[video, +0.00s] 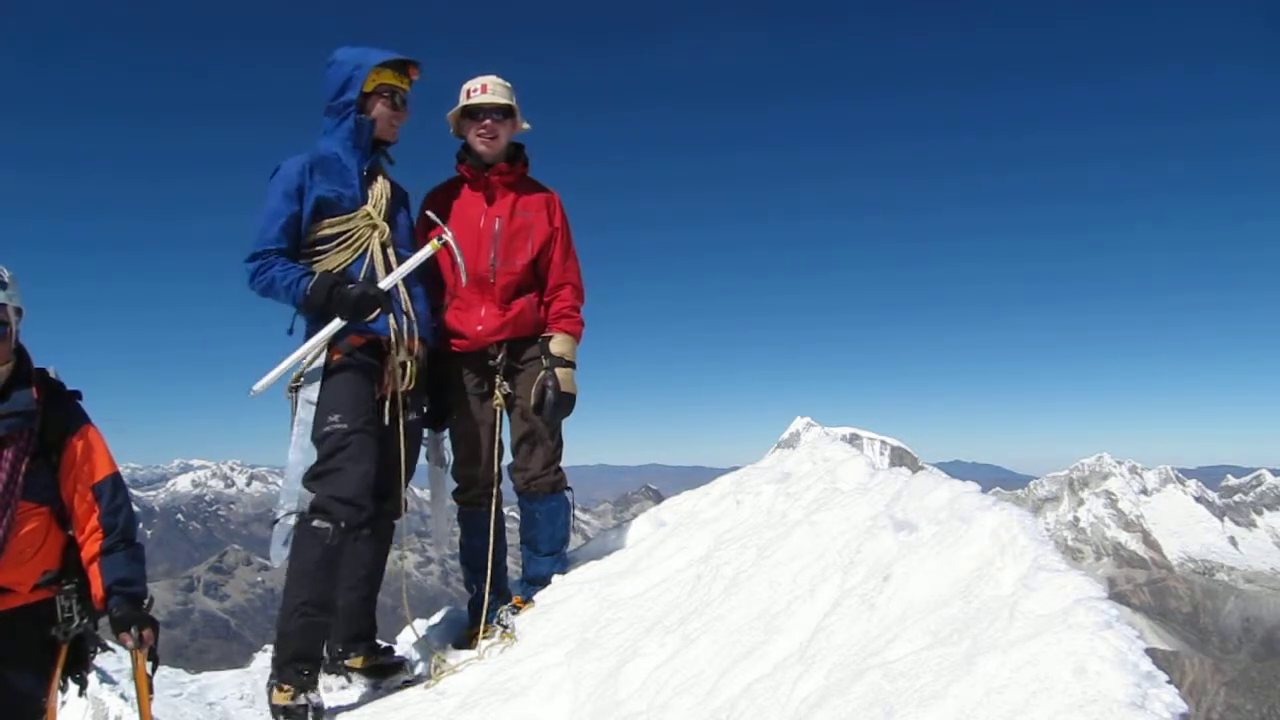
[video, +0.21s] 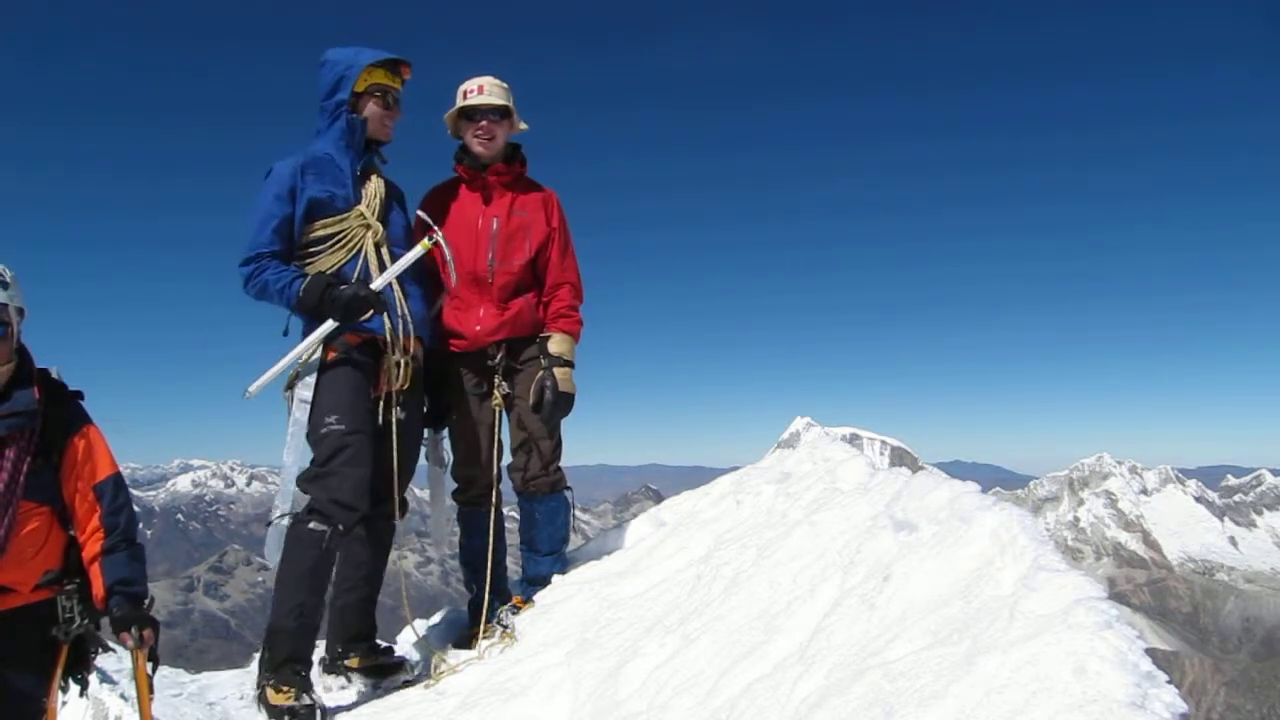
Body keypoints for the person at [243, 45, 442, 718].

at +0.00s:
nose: (399, 110)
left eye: (403, 100)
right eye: (387, 97)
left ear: (398, 109)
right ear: (353, 101)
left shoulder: (397, 193)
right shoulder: (308, 170)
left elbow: (420, 283)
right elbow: (262, 266)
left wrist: (432, 360)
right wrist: (323, 289)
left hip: (401, 363)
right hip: (344, 358)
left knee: (381, 504)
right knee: (341, 498)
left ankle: (354, 643)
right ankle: (295, 671)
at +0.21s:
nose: (393, 111)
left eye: (396, 101)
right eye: (382, 99)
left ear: (390, 109)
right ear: (348, 101)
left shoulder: (393, 191)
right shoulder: (302, 170)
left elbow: (420, 281)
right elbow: (257, 269)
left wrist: (431, 360)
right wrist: (317, 292)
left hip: (402, 363)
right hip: (342, 358)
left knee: (380, 506)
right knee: (336, 497)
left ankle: (352, 643)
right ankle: (284, 667)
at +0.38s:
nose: (388, 109)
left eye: (391, 99)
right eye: (377, 97)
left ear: (385, 108)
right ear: (342, 99)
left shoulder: (387, 192)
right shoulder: (298, 171)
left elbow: (416, 280)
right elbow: (254, 268)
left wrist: (431, 358)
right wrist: (310, 293)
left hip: (397, 368)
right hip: (334, 364)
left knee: (378, 512)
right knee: (314, 509)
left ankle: (354, 646)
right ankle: (279, 678)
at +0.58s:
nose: (388, 108)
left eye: (390, 98)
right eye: (377, 95)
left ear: (380, 106)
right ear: (342, 96)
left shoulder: (385, 189)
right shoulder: (295, 169)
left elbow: (410, 277)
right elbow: (253, 267)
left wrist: (426, 353)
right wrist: (309, 307)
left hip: (390, 370)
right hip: (327, 366)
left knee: (377, 510)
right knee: (308, 510)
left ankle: (354, 647)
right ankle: (278, 680)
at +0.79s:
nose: (385, 108)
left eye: (389, 98)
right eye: (374, 96)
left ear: (382, 107)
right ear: (339, 98)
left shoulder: (381, 191)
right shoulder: (294, 171)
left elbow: (408, 279)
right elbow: (255, 269)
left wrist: (427, 355)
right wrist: (293, 326)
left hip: (398, 371)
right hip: (330, 366)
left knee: (377, 512)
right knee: (307, 514)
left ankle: (353, 645)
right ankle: (277, 681)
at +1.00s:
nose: (383, 107)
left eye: (387, 98)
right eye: (372, 95)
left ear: (383, 107)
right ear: (336, 97)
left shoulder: (383, 193)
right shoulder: (294, 172)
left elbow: (410, 280)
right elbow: (257, 274)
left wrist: (431, 358)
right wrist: (280, 348)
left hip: (400, 371)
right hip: (334, 366)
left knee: (379, 513)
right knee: (310, 514)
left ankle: (354, 645)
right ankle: (278, 682)